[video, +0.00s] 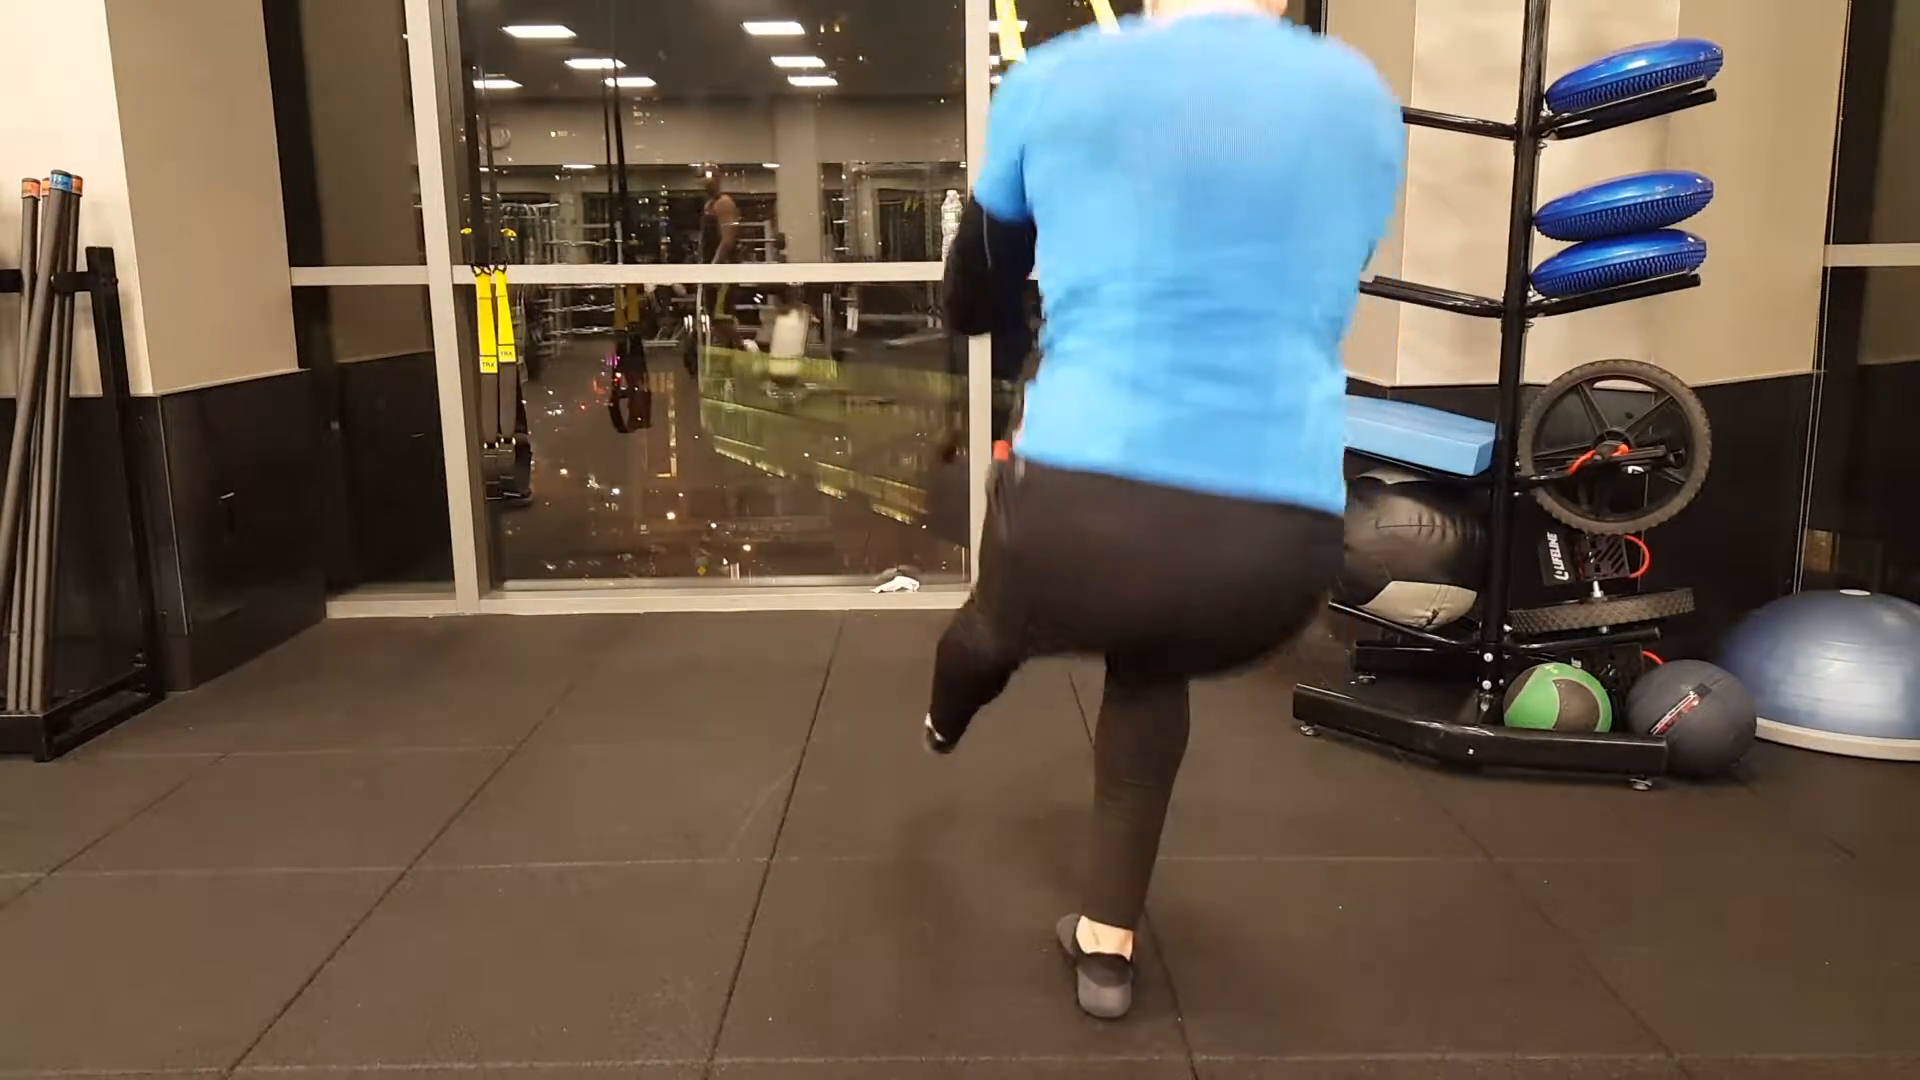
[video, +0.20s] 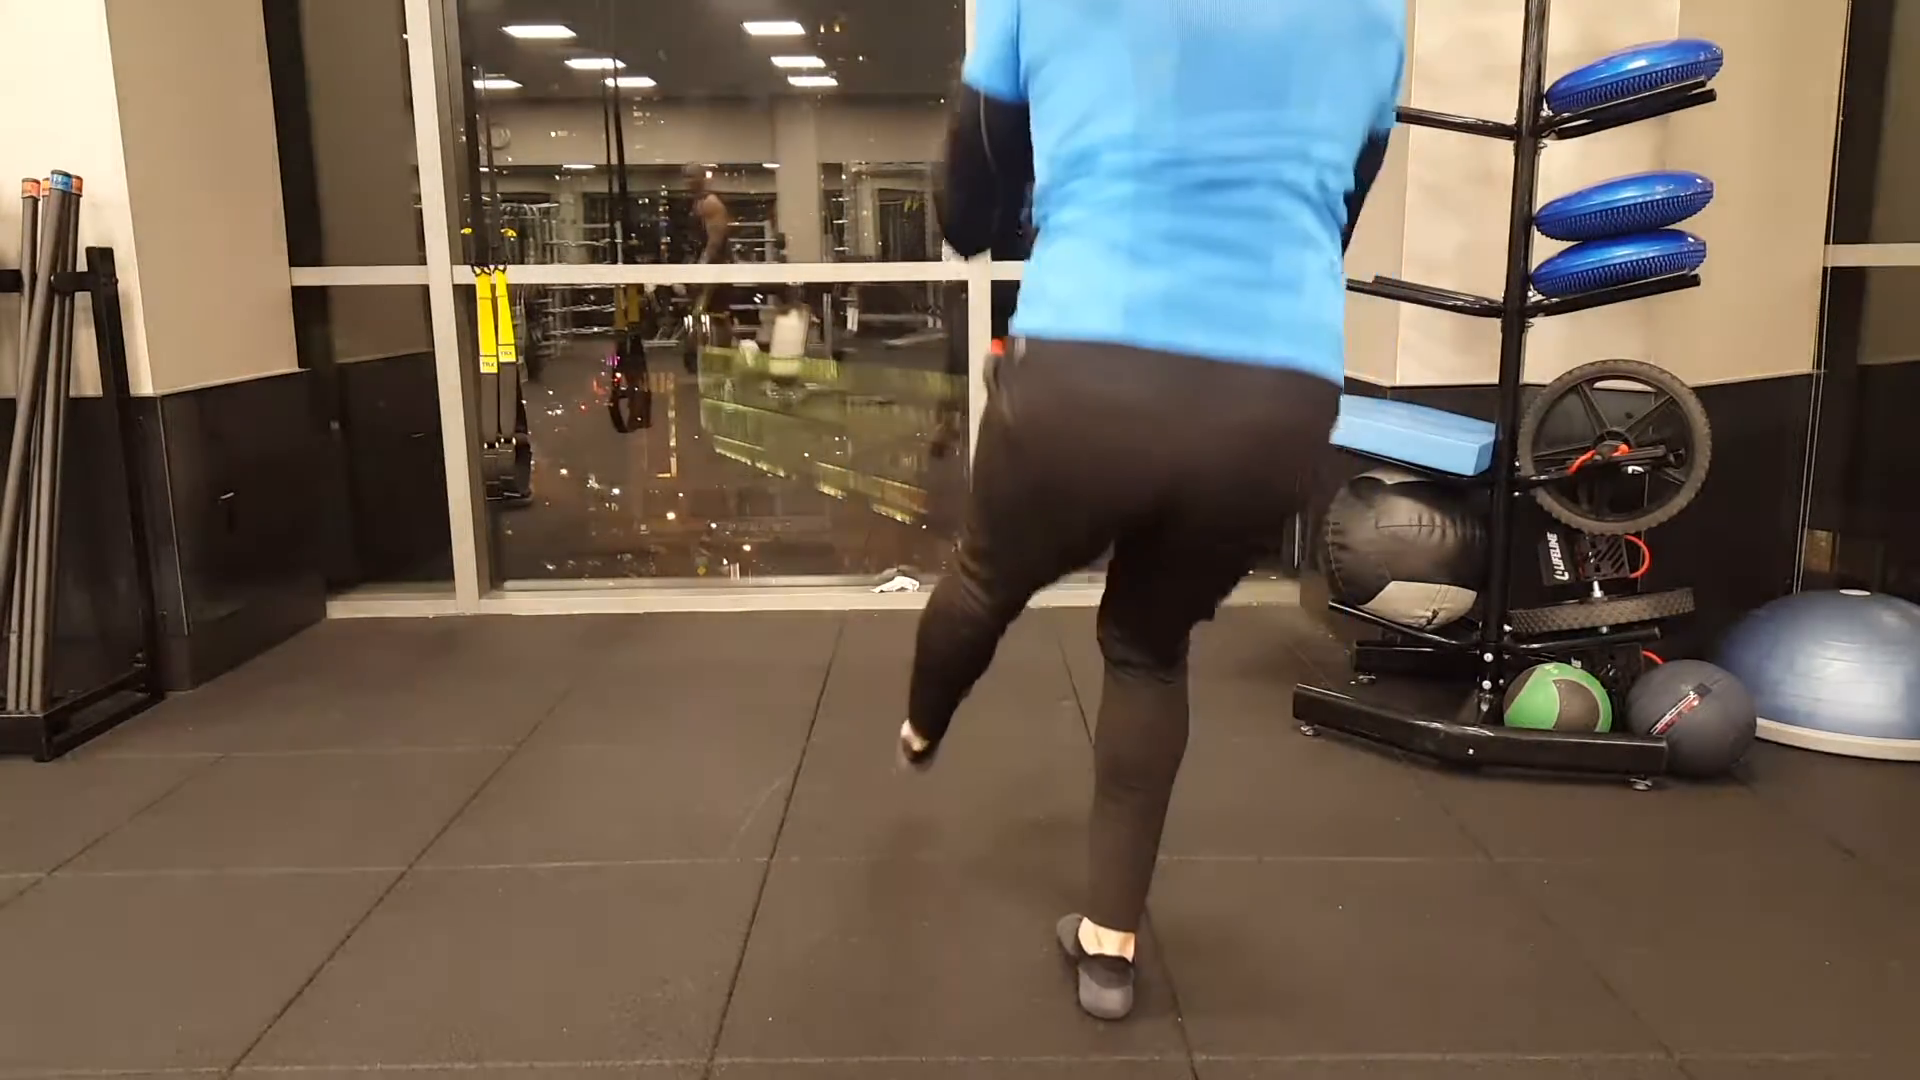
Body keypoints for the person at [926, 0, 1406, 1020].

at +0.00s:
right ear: (1279, 1)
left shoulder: (1050, 78)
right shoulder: (1361, 94)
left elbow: (984, 290)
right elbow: (1329, 286)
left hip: (1082, 522)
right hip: (1273, 546)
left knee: (998, 626)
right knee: (1152, 662)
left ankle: (945, 719)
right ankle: (1111, 943)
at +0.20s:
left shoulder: (1031, 5)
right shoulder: (1372, 14)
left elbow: (973, 217)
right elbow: (1332, 220)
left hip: (1087, 376)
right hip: (1279, 395)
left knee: (989, 578)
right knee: (1152, 642)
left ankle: (921, 732)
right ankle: (1113, 946)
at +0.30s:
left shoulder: (1025, 0)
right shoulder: (1369, 8)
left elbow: (964, 164)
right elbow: (1341, 192)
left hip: (1082, 328)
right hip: (1271, 348)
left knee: (971, 569)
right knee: (1152, 638)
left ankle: (902, 755)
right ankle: (1110, 945)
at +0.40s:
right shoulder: (1369, 5)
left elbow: (957, 128)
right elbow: (1346, 165)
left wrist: (1044, 81)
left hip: (1072, 275)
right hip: (1262, 297)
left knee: (959, 566)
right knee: (1153, 636)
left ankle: (888, 780)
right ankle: (1114, 949)